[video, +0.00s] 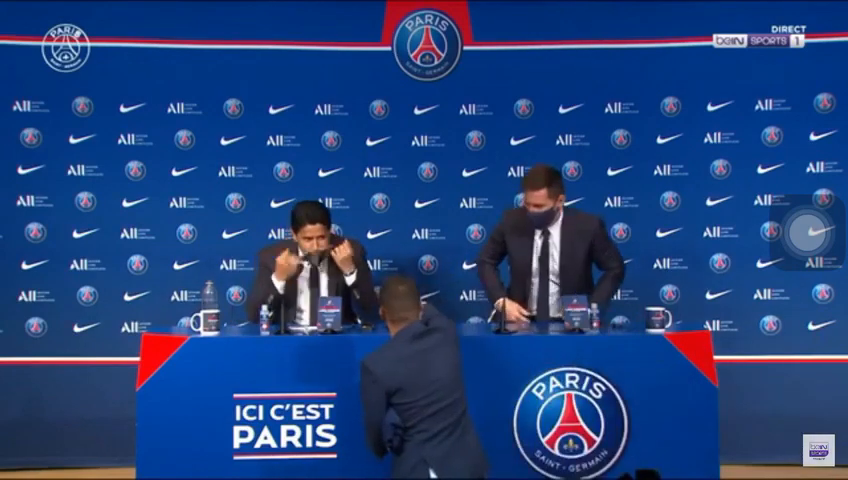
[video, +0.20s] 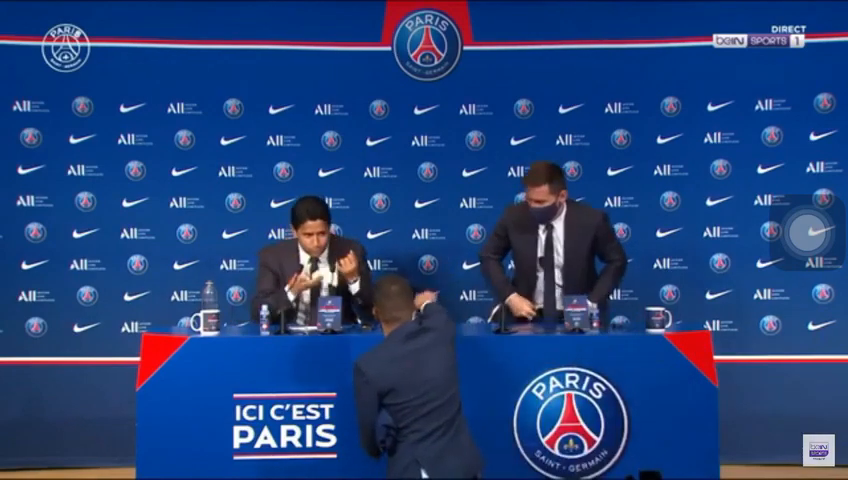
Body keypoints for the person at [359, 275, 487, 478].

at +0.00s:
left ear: (382, 313)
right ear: (420, 307)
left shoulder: (376, 365)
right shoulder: (446, 333)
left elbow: (377, 436)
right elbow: (428, 310)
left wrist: (381, 449)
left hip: (417, 464)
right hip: (466, 458)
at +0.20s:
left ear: (376, 313)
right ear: (414, 306)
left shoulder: (369, 366)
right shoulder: (441, 332)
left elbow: (372, 442)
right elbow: (436, 314)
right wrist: (427, 303)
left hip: (411, 466)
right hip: (461, 461)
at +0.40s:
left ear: (376, 312)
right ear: (415, 305)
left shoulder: (368, 365)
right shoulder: (443, 332)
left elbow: (369, 438)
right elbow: (471, 325)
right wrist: (434, 309)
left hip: (408, 464)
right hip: (459, 459)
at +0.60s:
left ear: (379, 310)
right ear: (417, 302)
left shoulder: (368, 363)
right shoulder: (445, 330)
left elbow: (369, 437)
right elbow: (471, 324)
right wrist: (425, 319)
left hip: (407, 464)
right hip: (458, 459)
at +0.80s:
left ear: (380, 310)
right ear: (417, 304)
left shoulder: (368, 362)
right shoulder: (444, 329)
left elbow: (368, 435)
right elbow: (464, 325)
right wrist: (424, 319)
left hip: (406, 462)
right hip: (458, 458)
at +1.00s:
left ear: (378, 309)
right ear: (416, 302)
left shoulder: (365, 361)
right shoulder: (444, 331)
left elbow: (365, 433)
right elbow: (470, 334)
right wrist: (427, 317)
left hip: (403, 462)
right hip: (454, 458)